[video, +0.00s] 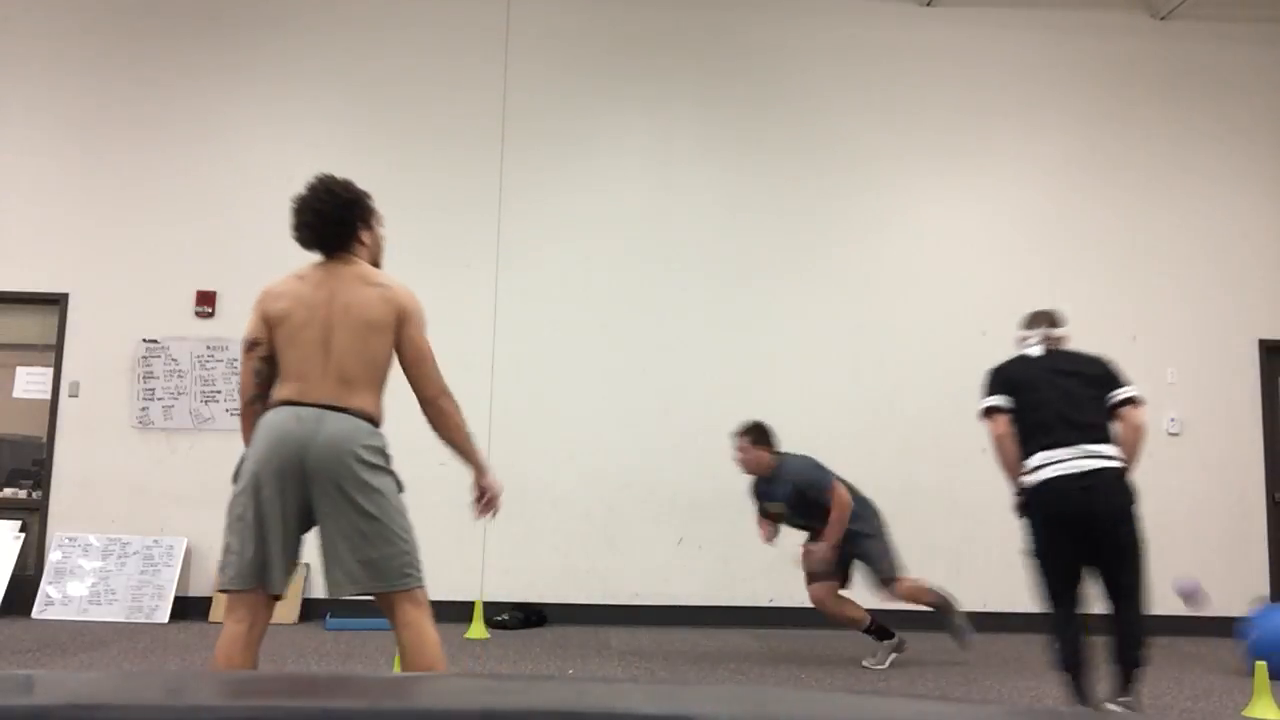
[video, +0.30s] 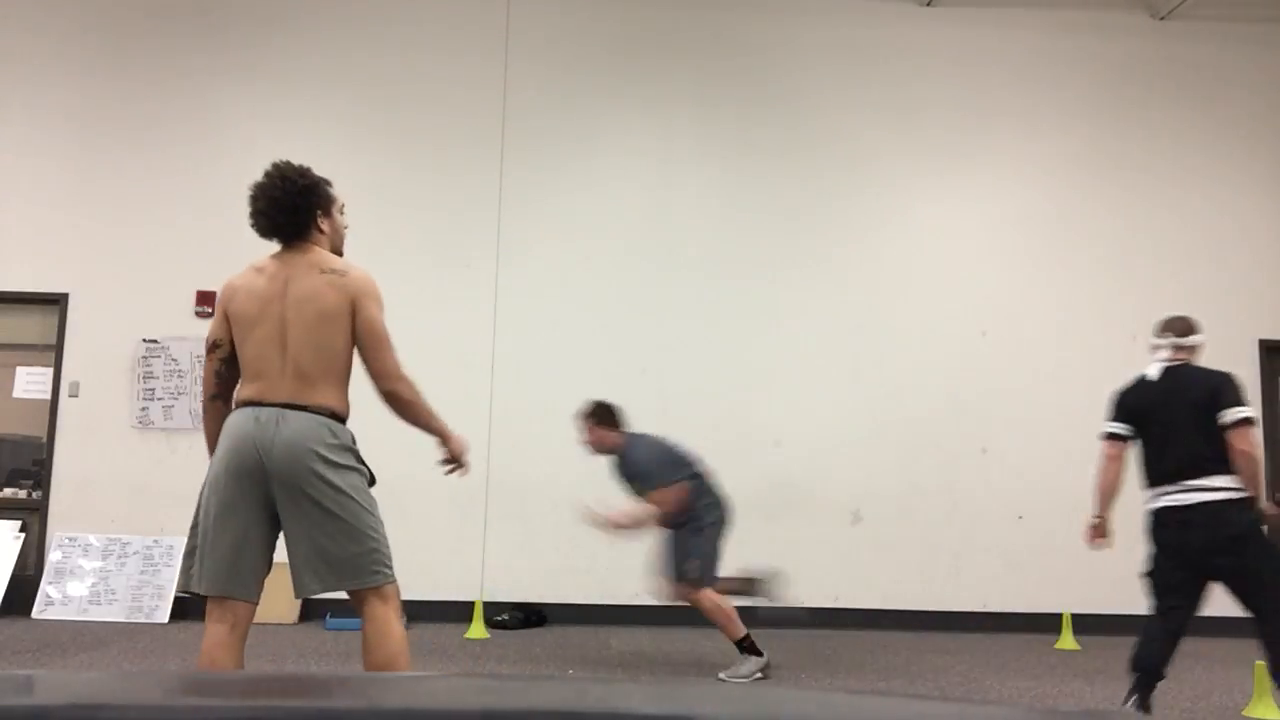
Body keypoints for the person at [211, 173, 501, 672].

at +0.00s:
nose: (383, 234)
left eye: (379, 224)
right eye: (378, 224)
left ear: (320, 236)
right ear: (362, 231)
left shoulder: (276, 296)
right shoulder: (394, 298)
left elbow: (251, 396)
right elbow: (434, 398)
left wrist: (259, 463)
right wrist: (479, 465)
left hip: (277, 435)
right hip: (351, 438)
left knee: (246, 608)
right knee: (407, 604)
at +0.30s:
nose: (345, 222)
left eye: (342, 211)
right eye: (339, 211)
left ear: (281, 224)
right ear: (319, 219)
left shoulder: (237, 288)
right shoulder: (352, 282)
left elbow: (215, 393)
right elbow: (391, 384)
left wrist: (221, 469)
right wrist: (444, 433)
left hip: (240, 438)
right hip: (316, 440)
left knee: (225, 613)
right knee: (377, 598)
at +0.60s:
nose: (346, 223)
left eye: (342, 212)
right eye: (338, 213)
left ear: (278, 227)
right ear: (317, 223)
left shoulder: (236, 288)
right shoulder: (346, 280)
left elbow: (207, 390)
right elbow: (353, 377)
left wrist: (190, 477)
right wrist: (384, 467)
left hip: (236, 443)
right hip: (312, 444)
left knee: (224, 613)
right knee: (363, 605)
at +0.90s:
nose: (377, 219)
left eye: (373, 208)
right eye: (369, 210)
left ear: (317, 224)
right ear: (346, 221)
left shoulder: (269, 286)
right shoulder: (369, 277)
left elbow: (240, 386)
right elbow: (381, 375)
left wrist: (224, 473)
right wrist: (423, 461)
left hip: (266, 441)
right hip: (337, 442)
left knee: (247, 613)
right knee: (353, 616)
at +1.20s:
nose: (427, 220)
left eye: (424, 209)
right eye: (420, 210)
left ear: (367, 221)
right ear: (396, 218)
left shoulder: (316, 283)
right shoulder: (415, 280)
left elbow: (292, 385)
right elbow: (430, 386)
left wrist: (314, 449)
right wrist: (476, 452)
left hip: (314, 442)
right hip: (382, 444)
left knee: (296, 601)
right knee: (373, 618)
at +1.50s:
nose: (464, 228)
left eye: (462, 216)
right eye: (459, 217)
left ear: (404, 224)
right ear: (434, 224)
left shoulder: (348, 281)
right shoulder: (443, 285)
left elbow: (314, 374)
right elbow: (456, 392)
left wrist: (309, 454)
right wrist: (507, 474)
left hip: (331, 443)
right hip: (393, 446)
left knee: (375, 615)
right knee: (380, 618)